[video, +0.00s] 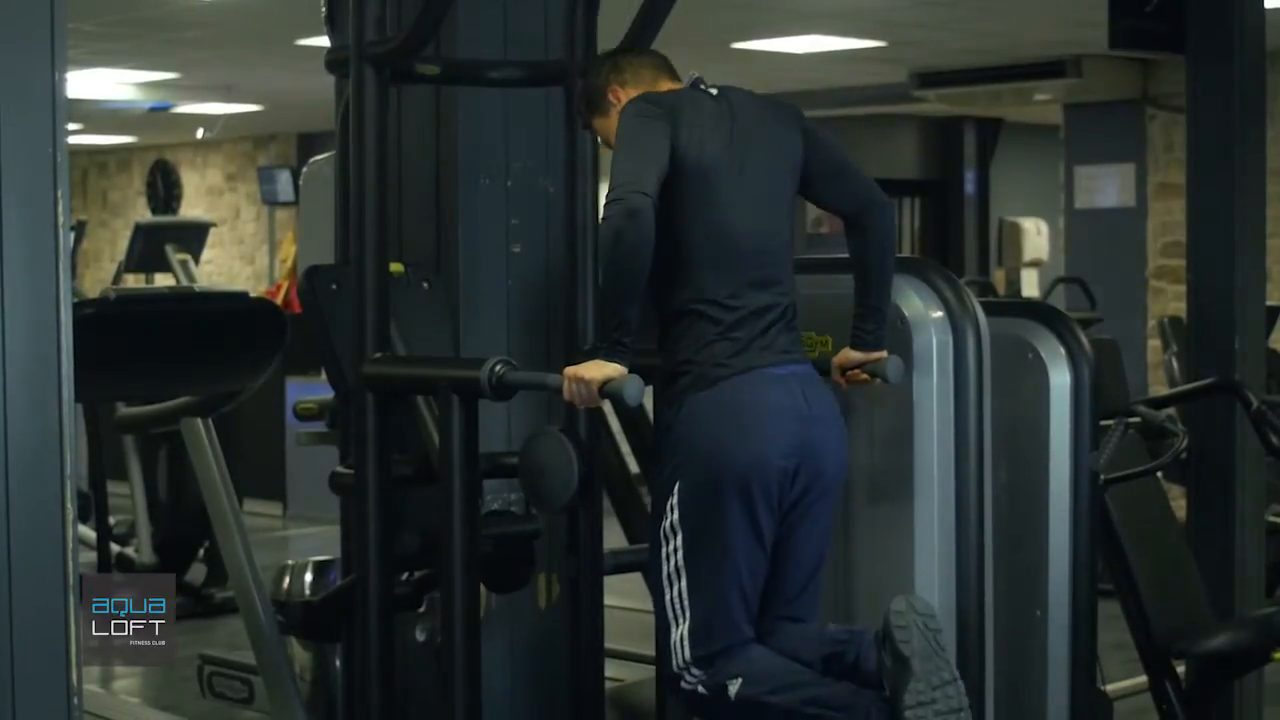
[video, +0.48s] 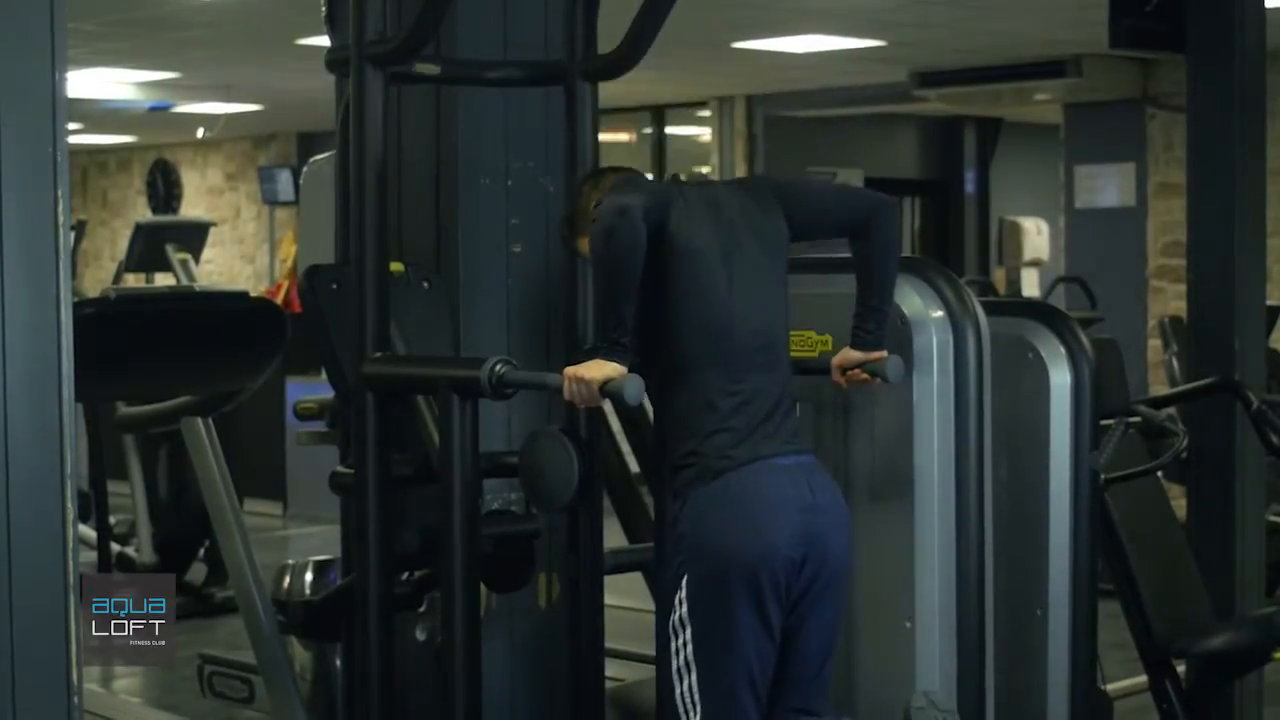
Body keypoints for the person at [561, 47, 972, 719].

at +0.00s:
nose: (611, 148)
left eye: (604, 132)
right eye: (603, 139)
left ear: (617, 98)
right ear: (677, 79)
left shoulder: (647, 115)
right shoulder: (776, 117)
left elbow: (630, 210)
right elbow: (871, 207)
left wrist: (614, 350)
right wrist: (869, 339)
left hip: (720, 411)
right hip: (808, 398)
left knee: (704, 664)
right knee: (780, 635)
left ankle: (880, 705)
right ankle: (881, 654)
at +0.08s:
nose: (610, 163)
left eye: (605, 146)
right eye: (604, 154)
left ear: (616, 113)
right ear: (674, 92)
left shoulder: (646, 127)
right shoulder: (772, 125)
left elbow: (629, 211)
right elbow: (873, 207)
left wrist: (613, 348)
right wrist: (869, 338)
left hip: (721, 424)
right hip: (808, 411)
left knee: (704, 675)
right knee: (782, 644)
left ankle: (873, 706)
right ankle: (884, 668)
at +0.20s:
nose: (607, 192)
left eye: (599, 178)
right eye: (600, 183)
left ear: (612, 141)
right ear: (664, 121)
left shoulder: (640, 150)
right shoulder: (768, 151)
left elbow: (624, 217)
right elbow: (876, 209)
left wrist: (611, 346)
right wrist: (868, 338)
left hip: (721, 452)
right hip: (808, 438)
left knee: (710, 694)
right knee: (781, 668)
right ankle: (879, 695)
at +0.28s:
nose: (600, 206)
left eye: (595, 193)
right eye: (593, 199)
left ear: (608, 157)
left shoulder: (639, 159)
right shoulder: (768, 162)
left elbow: (624, 219)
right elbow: (877, 208)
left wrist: (613, 349)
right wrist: (869, 338)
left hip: (720, 465)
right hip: (809, 452)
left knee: (713, 700)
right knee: (789, 683)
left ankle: (880, 706)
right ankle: (885, 705)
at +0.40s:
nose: (595, 225)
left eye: (591, 215)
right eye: (589, 220)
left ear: (604, 189)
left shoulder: (638, 183)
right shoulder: (759, 184)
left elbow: (619, 224)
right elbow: (877, 210)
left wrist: (613, 348)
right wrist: (870, 338)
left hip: (723, 489)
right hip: (809, 471)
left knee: (714, 704)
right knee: (799, 701)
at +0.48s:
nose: (597, 259)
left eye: (591, 249)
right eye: (590, 255)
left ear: (600, 213)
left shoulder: (632, 197)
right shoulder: (757, 197)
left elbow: (623, 212)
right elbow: (877, 210)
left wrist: (611, 348)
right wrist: (868, 340)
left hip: (723, 503)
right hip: (806, 483)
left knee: (714, 706)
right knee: (802, 705)